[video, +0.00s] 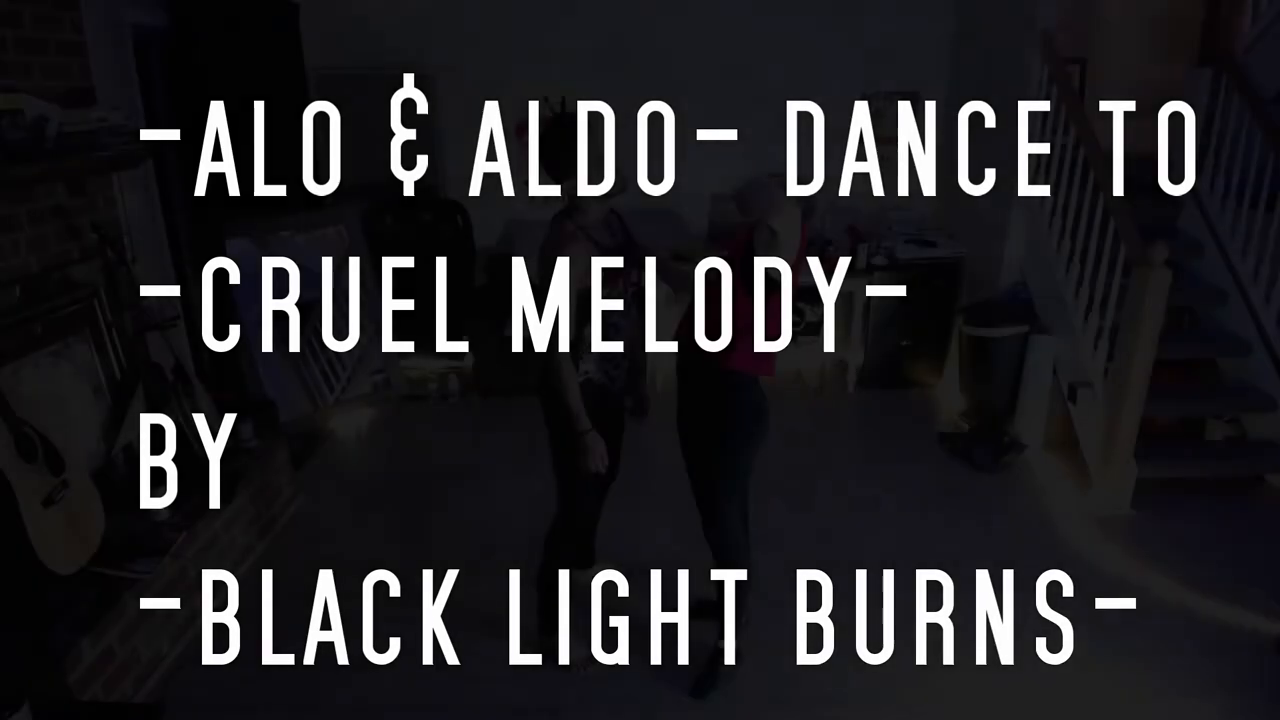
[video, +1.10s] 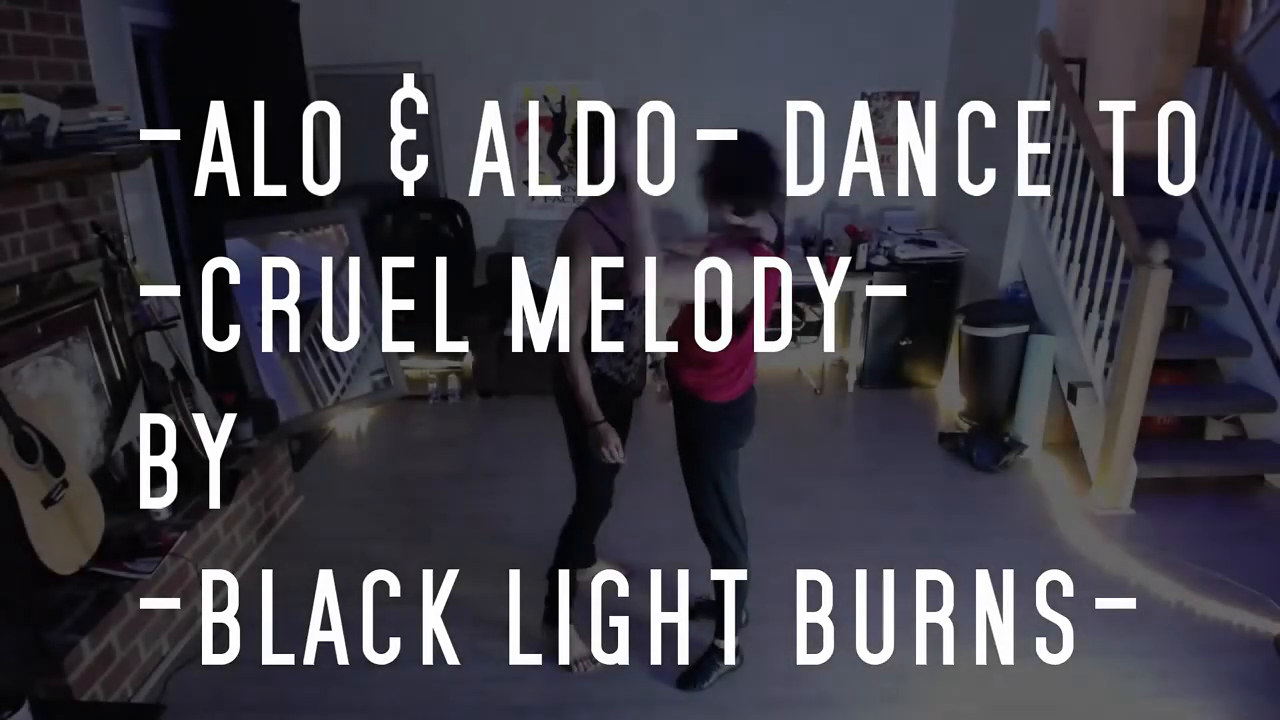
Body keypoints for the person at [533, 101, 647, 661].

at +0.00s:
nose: (606, 173)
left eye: (606, 161)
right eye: (596, 161)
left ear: (605, 171)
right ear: (577, 169)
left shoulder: (612, 230)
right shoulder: (564, 238)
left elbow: (627, 320)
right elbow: (556, 344)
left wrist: (638, 385)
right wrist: (582, 428)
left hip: (611, 392)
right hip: (576, 396)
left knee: (587, 513)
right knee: (580, 513)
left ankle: (568, 619)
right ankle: (561, 623)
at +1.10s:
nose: (642, 165)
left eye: (640, 153)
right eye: (633, 155)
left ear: (612, 159)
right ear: (612, 161)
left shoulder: (636, 214)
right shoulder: (582, 229)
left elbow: (641, 294)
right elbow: (568, 339)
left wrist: (649, 360)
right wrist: (595, 422)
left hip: (622, 374)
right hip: (586, 377)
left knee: (598, 494)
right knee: (593, 499)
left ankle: (573, 597)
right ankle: (564, 617)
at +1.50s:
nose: (623, 163)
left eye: (615, 154)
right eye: (613, 157)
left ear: (579, 174)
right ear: (599, 171)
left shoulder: (610, 220)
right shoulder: (573, 243)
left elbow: (634, 270)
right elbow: (565, 361)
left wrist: (670, 262)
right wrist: (596, 449)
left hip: (602, 378)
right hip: (573, 384)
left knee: (578, 488)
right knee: (566, 502)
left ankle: (584, 572)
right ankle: (553, 628)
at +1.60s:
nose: (622, 165)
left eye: (615, 155)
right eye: (612, 157)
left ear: (573, 173)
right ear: (598, 170)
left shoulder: (605, 221)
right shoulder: (573, 245)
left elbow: (638, 263)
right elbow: (564, 363)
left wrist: (677, 263)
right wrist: (594, 453)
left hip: (600, 383)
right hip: (573, 391)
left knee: (579, 492)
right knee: (564, 508)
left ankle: (584, 568)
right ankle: (552, 633)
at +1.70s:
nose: (620, 168)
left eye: (613, 157)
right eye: (610, 159)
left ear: (574, 175)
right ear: (593, 173)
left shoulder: (600, 224)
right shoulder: (564, 247)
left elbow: (628, 272)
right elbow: (559, 366)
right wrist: (590, 455)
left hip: (595, 387)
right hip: (567, 395)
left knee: (582, 500)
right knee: (565, 514)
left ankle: (585, 583)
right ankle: (554, 636)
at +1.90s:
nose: (620, 174)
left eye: (617, 162)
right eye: (608, 163)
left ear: (573, 177)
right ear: (580, 176)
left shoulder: (593, 229)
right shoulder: (555, 248)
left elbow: (629, 276)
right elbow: (549, 370)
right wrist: (584, 462)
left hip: (591, 395)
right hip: (557, 403)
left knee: (601, 483)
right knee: (565, 517)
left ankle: (586, 569)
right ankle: (553, 636)